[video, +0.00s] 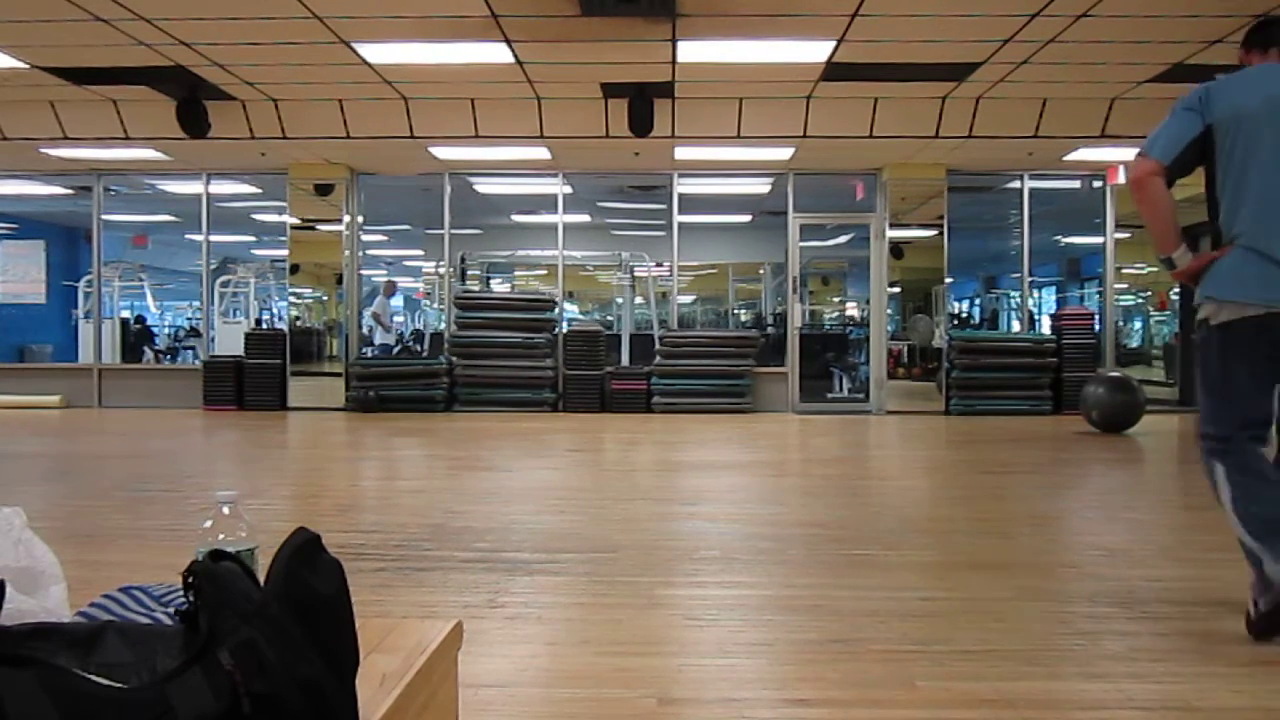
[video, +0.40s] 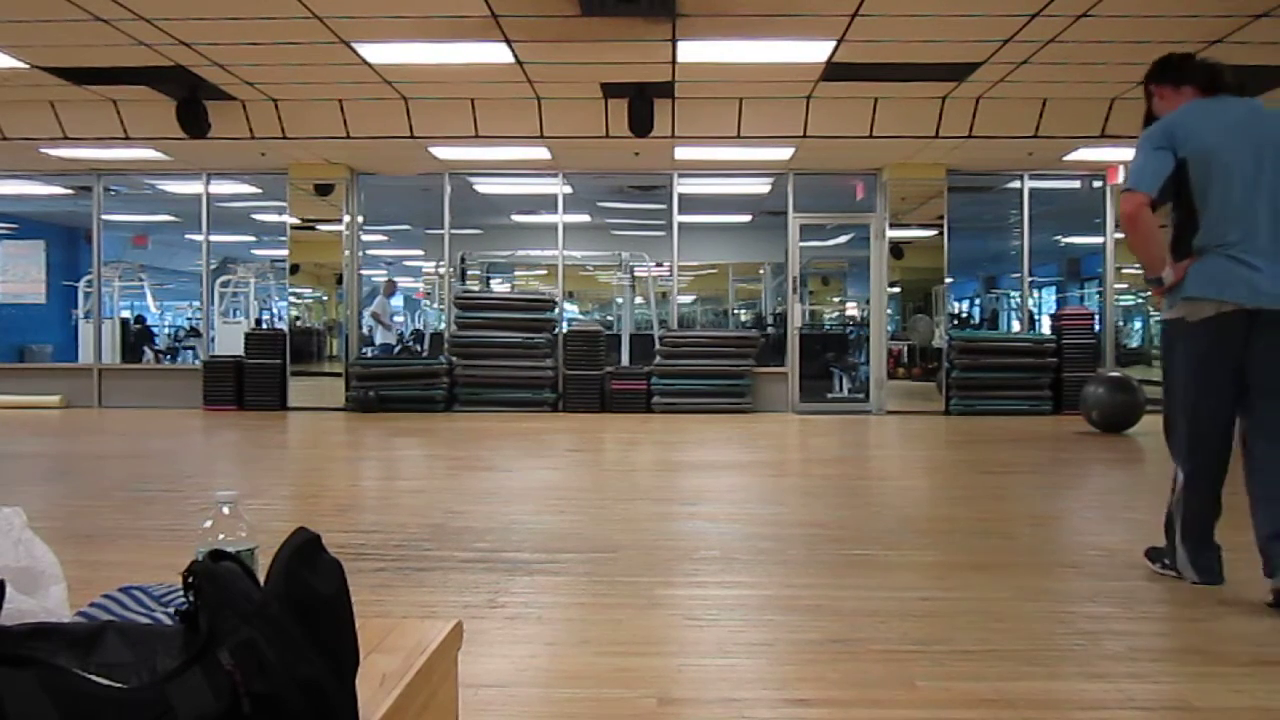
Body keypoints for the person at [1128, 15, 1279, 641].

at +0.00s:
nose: (1239, 69)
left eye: (1241, 58)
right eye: (1248, 58)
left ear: (1250, 52)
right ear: (1278, 51)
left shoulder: (1224, 92)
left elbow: (1146, 172)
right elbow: (1148, 171)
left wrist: (1178, 257)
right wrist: (1181, 255)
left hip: (1248, 292)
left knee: (1232, 441)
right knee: (1249, 442)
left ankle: (1274, 579)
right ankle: (1267, 592)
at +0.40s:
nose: (1153, 115)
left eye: (1152, 106)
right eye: (1150, 107)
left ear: (1168, 91)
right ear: (1210, 86)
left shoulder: (1173, 126)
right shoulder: (1270, 117)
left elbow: (1133, 209)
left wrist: (1159, 273)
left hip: (1209, 299)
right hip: (1275, 299)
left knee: (1201, 437)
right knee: (1268, 435)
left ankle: (1196, 558)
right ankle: (1278, 567)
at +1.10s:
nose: (1047, 155)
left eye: (1045, 145)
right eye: (1043, 148)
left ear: (1057, 127)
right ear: (1085, 122)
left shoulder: (1070, 157)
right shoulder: (1146, 156)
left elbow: (1055, 222)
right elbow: (1167, 229)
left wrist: (1017, 242)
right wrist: (1114, 238)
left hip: (1091, 307)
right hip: (1149, 306)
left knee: (1056, 399)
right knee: (1146, 416)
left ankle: (1107, 499)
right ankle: (1135, 535)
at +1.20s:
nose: (1030, 155)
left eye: (1027, 146)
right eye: (1026, 149)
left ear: (1039, 127)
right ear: (1063, 124)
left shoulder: (1061, 157)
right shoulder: (1121, 158)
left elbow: (1055, 231)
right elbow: (1114, 228)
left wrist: (1001, 234)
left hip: (1080, 307)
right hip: (1130, 306)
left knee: (1031, 398)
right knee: (1131, 419)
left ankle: (1059, 508)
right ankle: (1132, 532)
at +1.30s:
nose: (1007, 161)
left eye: (1004, 150)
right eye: (1003, 154)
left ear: (1019, 131)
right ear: (1030, 131)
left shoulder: (1057, 163)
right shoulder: (1081, 160)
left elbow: (1052, 242)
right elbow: (1084, 229)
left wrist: (991, 232)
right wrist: (1025, 204)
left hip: (1064, 314)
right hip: (1103, 313)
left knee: (1028, 412)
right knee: (1114, 419)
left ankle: (997, 508)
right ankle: (1130, 531)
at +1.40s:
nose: (981, 161)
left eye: (980, 150)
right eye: (977, 154)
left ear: (1000, 136)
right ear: (1005, 137)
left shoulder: (1043, 172)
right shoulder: (1047, 171)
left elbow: (1049, 248)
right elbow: (1038, 236)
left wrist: (984, 244)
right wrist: (997, 208)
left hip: (1048, 325)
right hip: (1069, 324)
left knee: (1013, 421)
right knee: (1082, 425)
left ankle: (979, 515)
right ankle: (1122, 520)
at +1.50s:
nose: (959, 163)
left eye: (959, 153)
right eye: (956, 156)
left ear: (980, 139)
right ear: (983, 142)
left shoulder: (1026, 173)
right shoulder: (1010, 178)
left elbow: (1047, 243)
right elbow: (1011, 239)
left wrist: (982, 259)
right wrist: (967, 220)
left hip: (1028, 323)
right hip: (1017, 321)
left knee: (994, 415)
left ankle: (976, 515)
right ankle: (1075, 498)